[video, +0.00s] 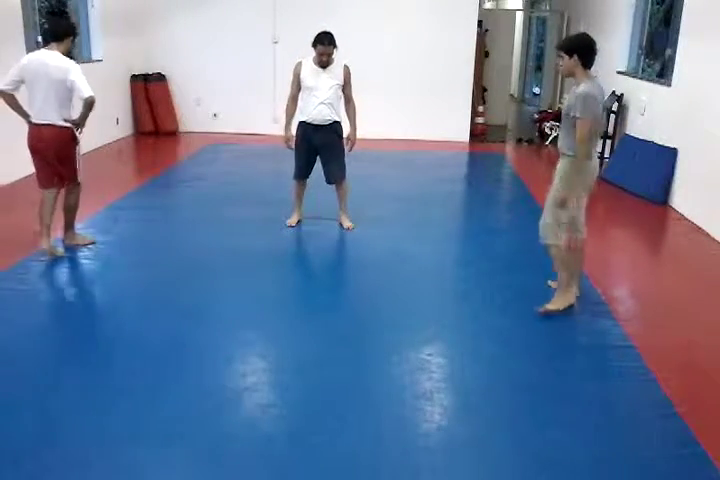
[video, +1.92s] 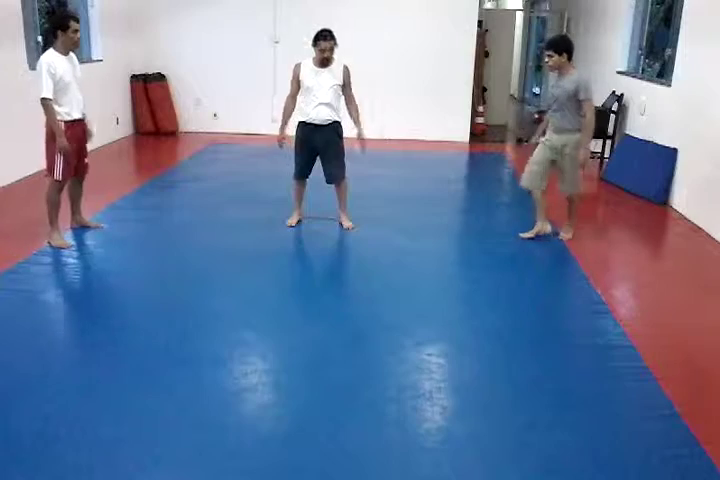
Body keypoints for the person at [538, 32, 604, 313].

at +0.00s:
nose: (558, 63)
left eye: (562, 58)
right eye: (558, 57)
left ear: (576, 59)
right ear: (580, 60)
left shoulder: (586, 93)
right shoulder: (588, 89)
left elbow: (582, 145)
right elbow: (582, 141)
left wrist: (569, 187)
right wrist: (568, 178)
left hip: (574, 165)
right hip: (578, 163)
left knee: (554, 225)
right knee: (571, 224)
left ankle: (566, 290)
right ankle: (569, 279)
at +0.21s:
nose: (559, 65)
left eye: (562, 59)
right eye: (559, 59)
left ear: (576, 59)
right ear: (582, 60)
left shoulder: (577, 90)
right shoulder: (601, 88)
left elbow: (569, 134)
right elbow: (605, 130)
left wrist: (554, 170)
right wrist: (583, 144)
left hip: (569, 162)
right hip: (590, 163)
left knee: (539, 218)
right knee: (580, 225)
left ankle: (550, 275)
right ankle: (573, 281)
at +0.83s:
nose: (541, 63)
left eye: (543, 58)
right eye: (541, 58)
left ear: (555, 58)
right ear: (566, 58)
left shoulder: (548, 86)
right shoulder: (588, 84)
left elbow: (541, 126)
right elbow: (592, 123)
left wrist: (533, 159)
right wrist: (587, 153)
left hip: (551, 149)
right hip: (576, 151)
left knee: (545, 201)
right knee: (568, 200)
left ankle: (548, 254)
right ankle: (568, 242)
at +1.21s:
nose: (534, 59)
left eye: (538, 55)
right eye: (534, 55)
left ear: (550, 56)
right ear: (556, 56)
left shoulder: (550, 82)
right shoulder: (570, 79)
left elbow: (546, 121)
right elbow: (577, 118)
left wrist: (525, 146)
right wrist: (580, 147)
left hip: (550, 142)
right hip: (566, 141)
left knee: (546, 196)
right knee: (551, 189)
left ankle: (550, 252)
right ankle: (545, 231)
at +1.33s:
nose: (533, 59)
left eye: (536, 54)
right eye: (533, 54)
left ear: (549, 54)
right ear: (552, 55)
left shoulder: (553, 79)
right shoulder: (562, 76)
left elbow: (554, 118)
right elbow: (560, 115)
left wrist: (537, 145)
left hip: (555, 138)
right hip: (561, 136)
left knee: (541, 190)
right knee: (547, 186)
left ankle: (554, 242)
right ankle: (545, 231)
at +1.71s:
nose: (539, 56)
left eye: (543, 51)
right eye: (539, 51)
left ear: (556, 51)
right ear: (550, 52)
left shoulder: (569, 74)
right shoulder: (549, 73)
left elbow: (579, 110)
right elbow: (549, 108)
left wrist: (579, 144)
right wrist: (531, 122)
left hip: (563, 135)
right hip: (545, 133)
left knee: (557, 188)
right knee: (541, 186)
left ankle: (570, 218)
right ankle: (544, 229)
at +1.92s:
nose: (546, 61)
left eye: (550, 56)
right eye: (546, 56)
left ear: (564, 56)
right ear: (553, 57)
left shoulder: (580, 81)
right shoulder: (555, 80)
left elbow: (589, 115)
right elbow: (551, 113)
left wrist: (584, 147)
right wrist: (538, 134)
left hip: (572, 138)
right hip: (550, 136)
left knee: (571, 185)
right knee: (533, 176)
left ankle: (569, 225)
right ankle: (541, 222)